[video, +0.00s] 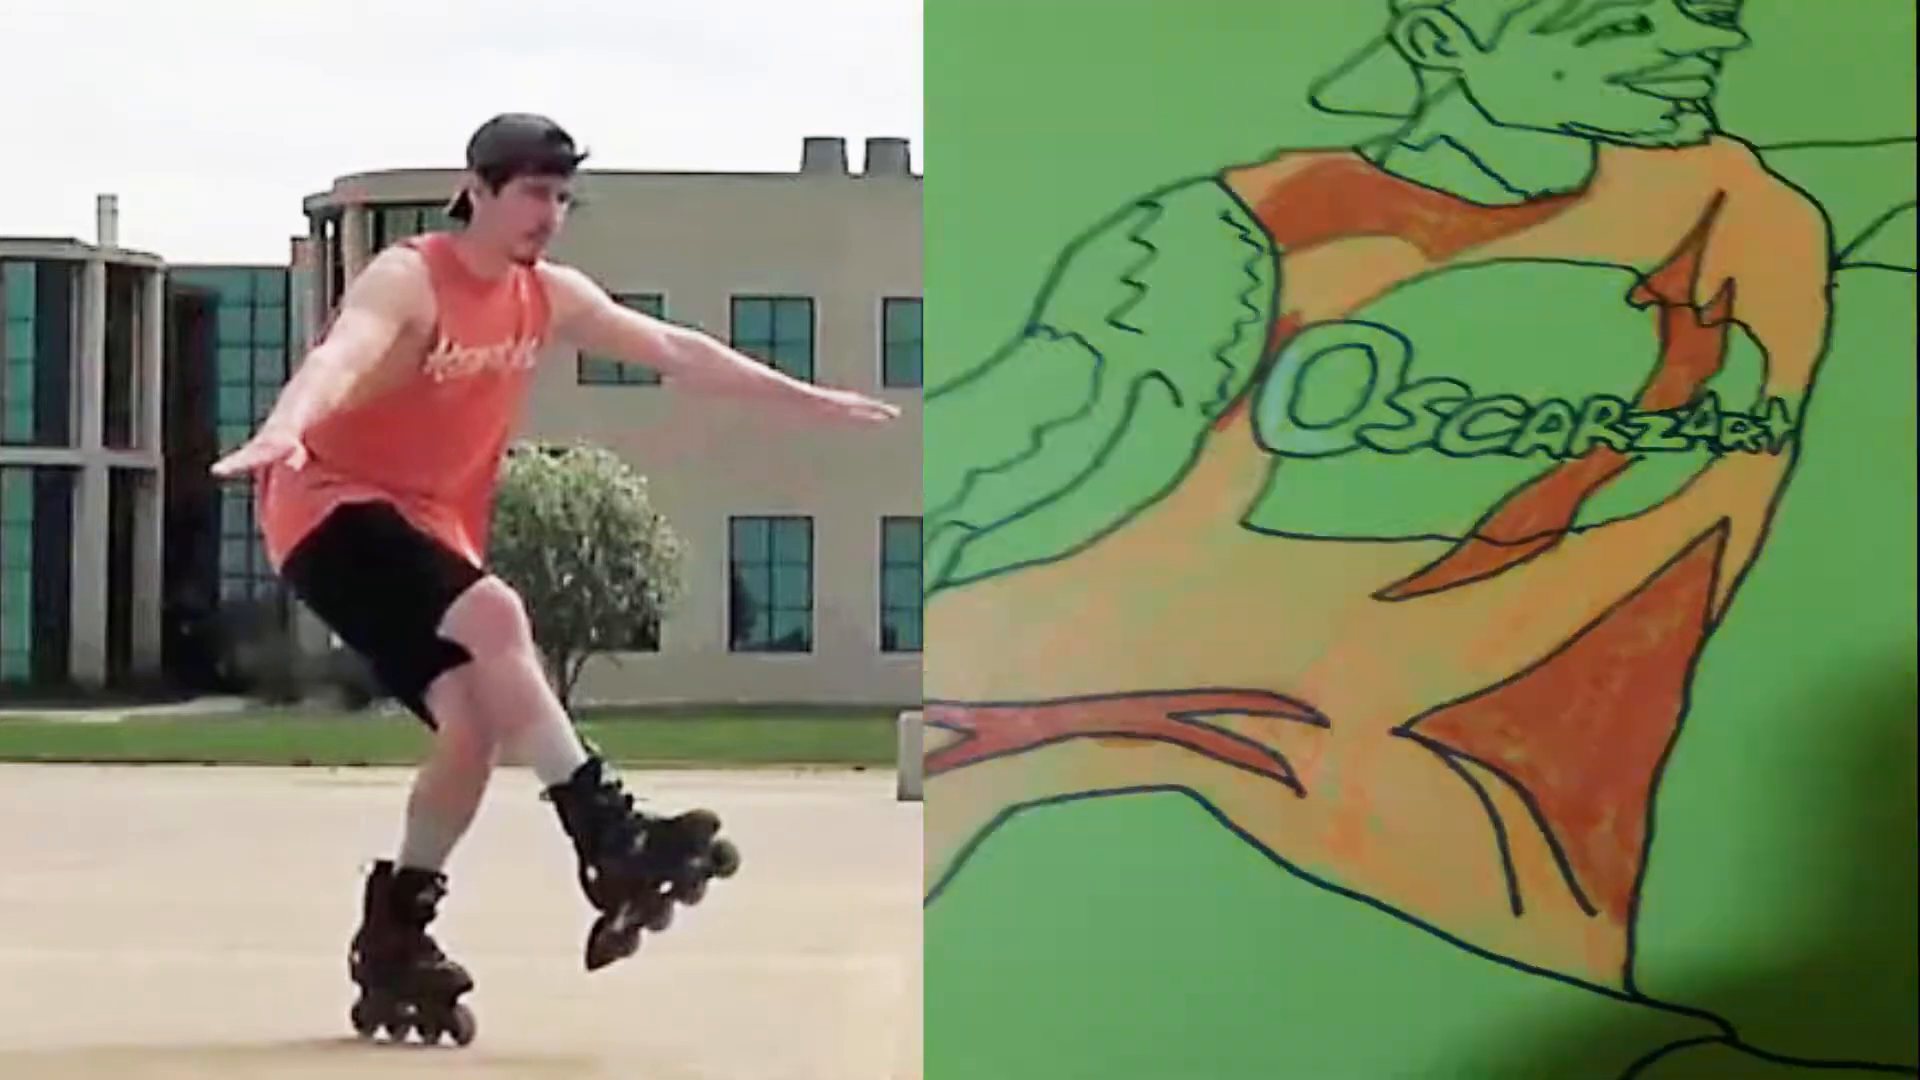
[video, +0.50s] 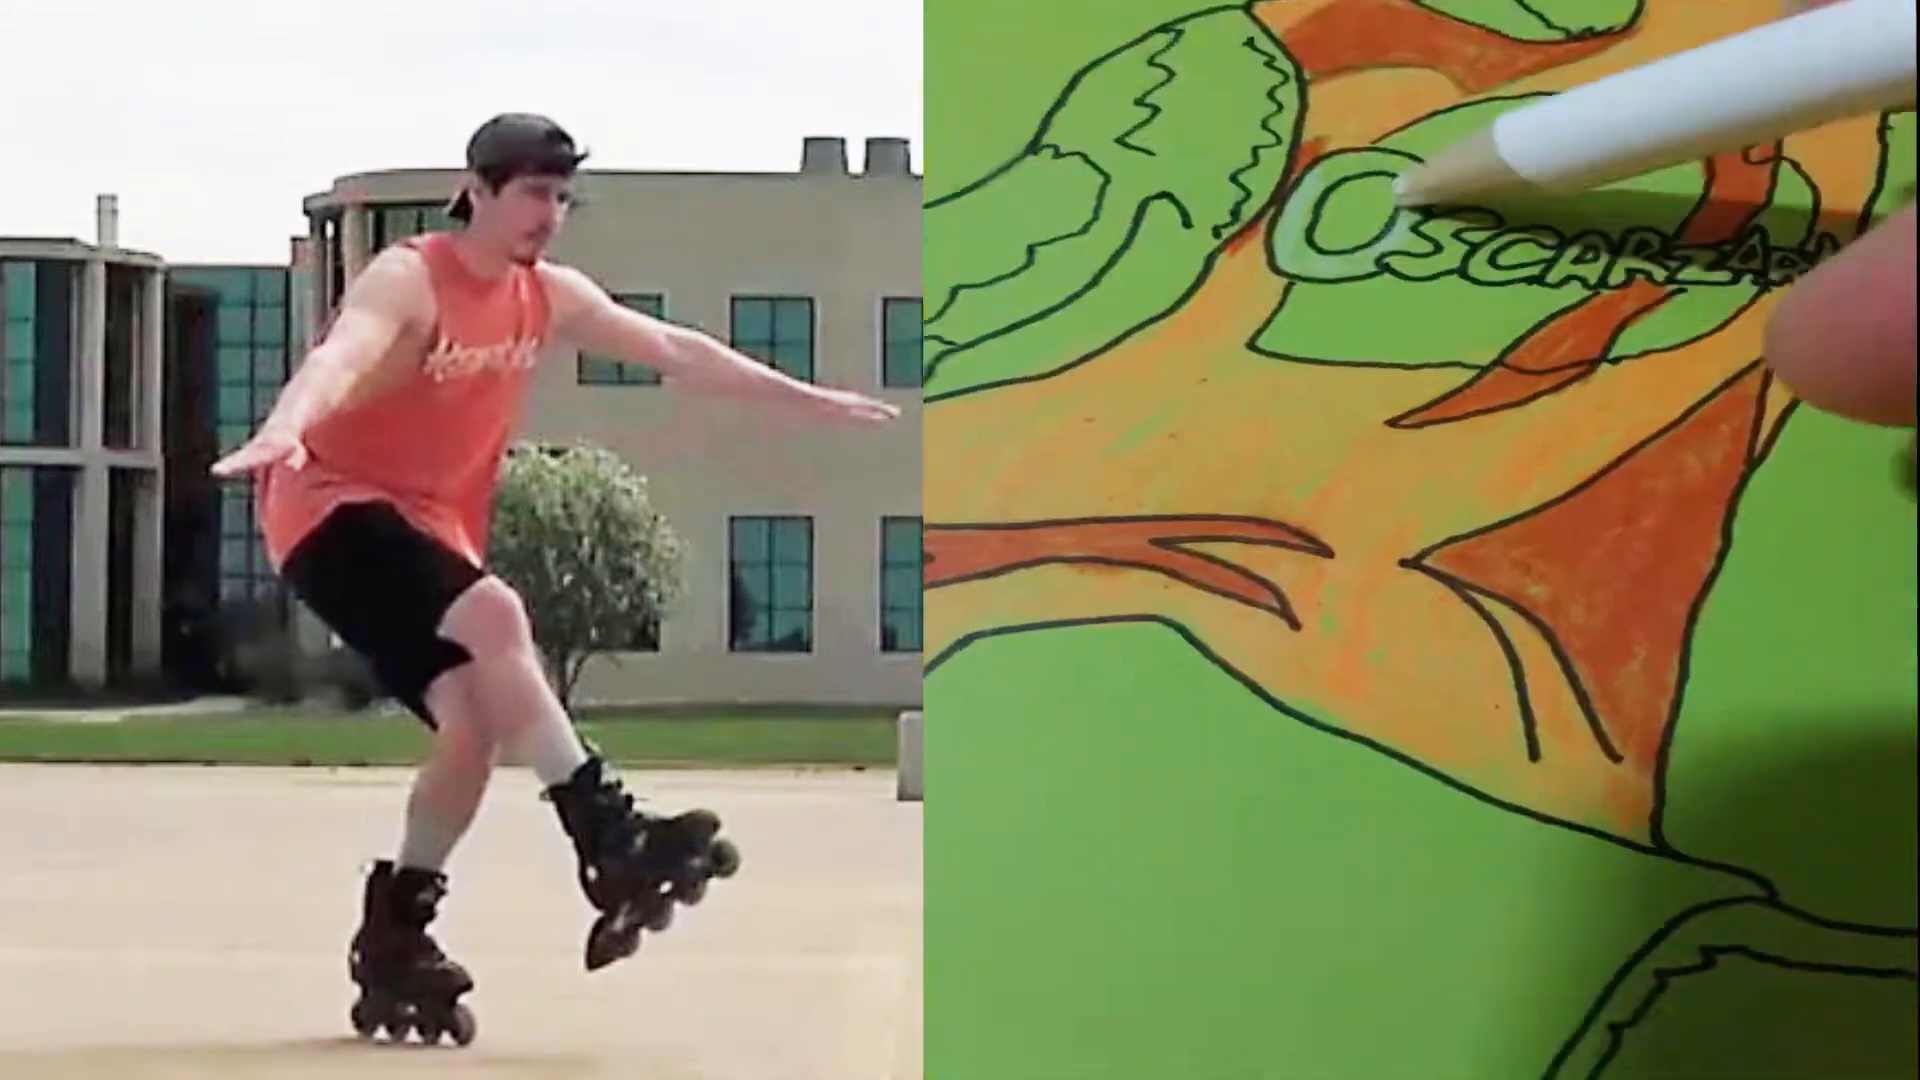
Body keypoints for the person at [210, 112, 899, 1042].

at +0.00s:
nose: (551, 215)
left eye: (561, 199)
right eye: (535, 195)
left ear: (562, 203)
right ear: (476, 191)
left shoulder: (551, 293)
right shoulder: (408, 275)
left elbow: (673, 350)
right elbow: (342, 356)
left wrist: (810, 399)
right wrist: (284, 427)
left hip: (436, 530)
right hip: (334, 505)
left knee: (477, 725)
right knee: (492, 616)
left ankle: (393, 938)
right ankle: (610, 841)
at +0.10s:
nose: (551, 215)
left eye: (561, 199)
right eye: (535, 195)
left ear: (562, 204)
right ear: (476, 191)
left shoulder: (551, 293)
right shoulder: (408, 275)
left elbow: (673, 350)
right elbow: (342, 356)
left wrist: (809, 399)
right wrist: (284, 427)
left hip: (436, 529)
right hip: (334, 505)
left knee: (477, 725)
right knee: (492, 616)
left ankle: (393, 938)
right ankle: (610, 841)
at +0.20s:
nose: (551, 215)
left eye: (561, 199)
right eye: (535, 195)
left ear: (563, 204)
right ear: (475, 191)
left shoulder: (551, 293)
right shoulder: (408, 275)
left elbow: (673, 350)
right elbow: (342, 355)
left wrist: (810, 399)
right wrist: (283, 428)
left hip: (436, 529)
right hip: (334, 504)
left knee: (477, 724)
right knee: (492, 616)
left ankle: (393, 937)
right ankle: (610, 841)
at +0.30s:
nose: (551, 215)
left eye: (561, 199)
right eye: (535, 195)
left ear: (563, 204)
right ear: (476, 191)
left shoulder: (551, 293)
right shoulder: (408, 275)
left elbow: (673, 349)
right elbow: (342, 355)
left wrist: (808, 398)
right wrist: (283, 428)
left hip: (436, 529)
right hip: (334, 504)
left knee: (477, 724)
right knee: (492, 616)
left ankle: (393, 938)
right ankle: (609, 840)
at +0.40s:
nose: (551, 215)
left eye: (561, 199)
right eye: (535, 195)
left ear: (563, 204)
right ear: (475, 191)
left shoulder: (551, 293)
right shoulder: (408, 275)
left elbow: (673, 349)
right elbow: (342, 355)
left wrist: (809, 399)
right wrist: (283, 428)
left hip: (436, 529)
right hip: (334, 504)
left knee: (477, 724)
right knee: (492, 616)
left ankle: (393, 937)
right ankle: (610, 841)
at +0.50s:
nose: (551, 215)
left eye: (561, 199)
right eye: (535, 195)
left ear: (562, 203)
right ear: (476, 191)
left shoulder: (551, 293)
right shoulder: (408, 275)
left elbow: (674, 350)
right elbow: (342, 356)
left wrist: (809, 398)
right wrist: (284, 427)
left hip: (436, 530)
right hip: (335, 505)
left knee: (477, 725)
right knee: (492, 616)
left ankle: (393, 937)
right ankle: (610, 842)